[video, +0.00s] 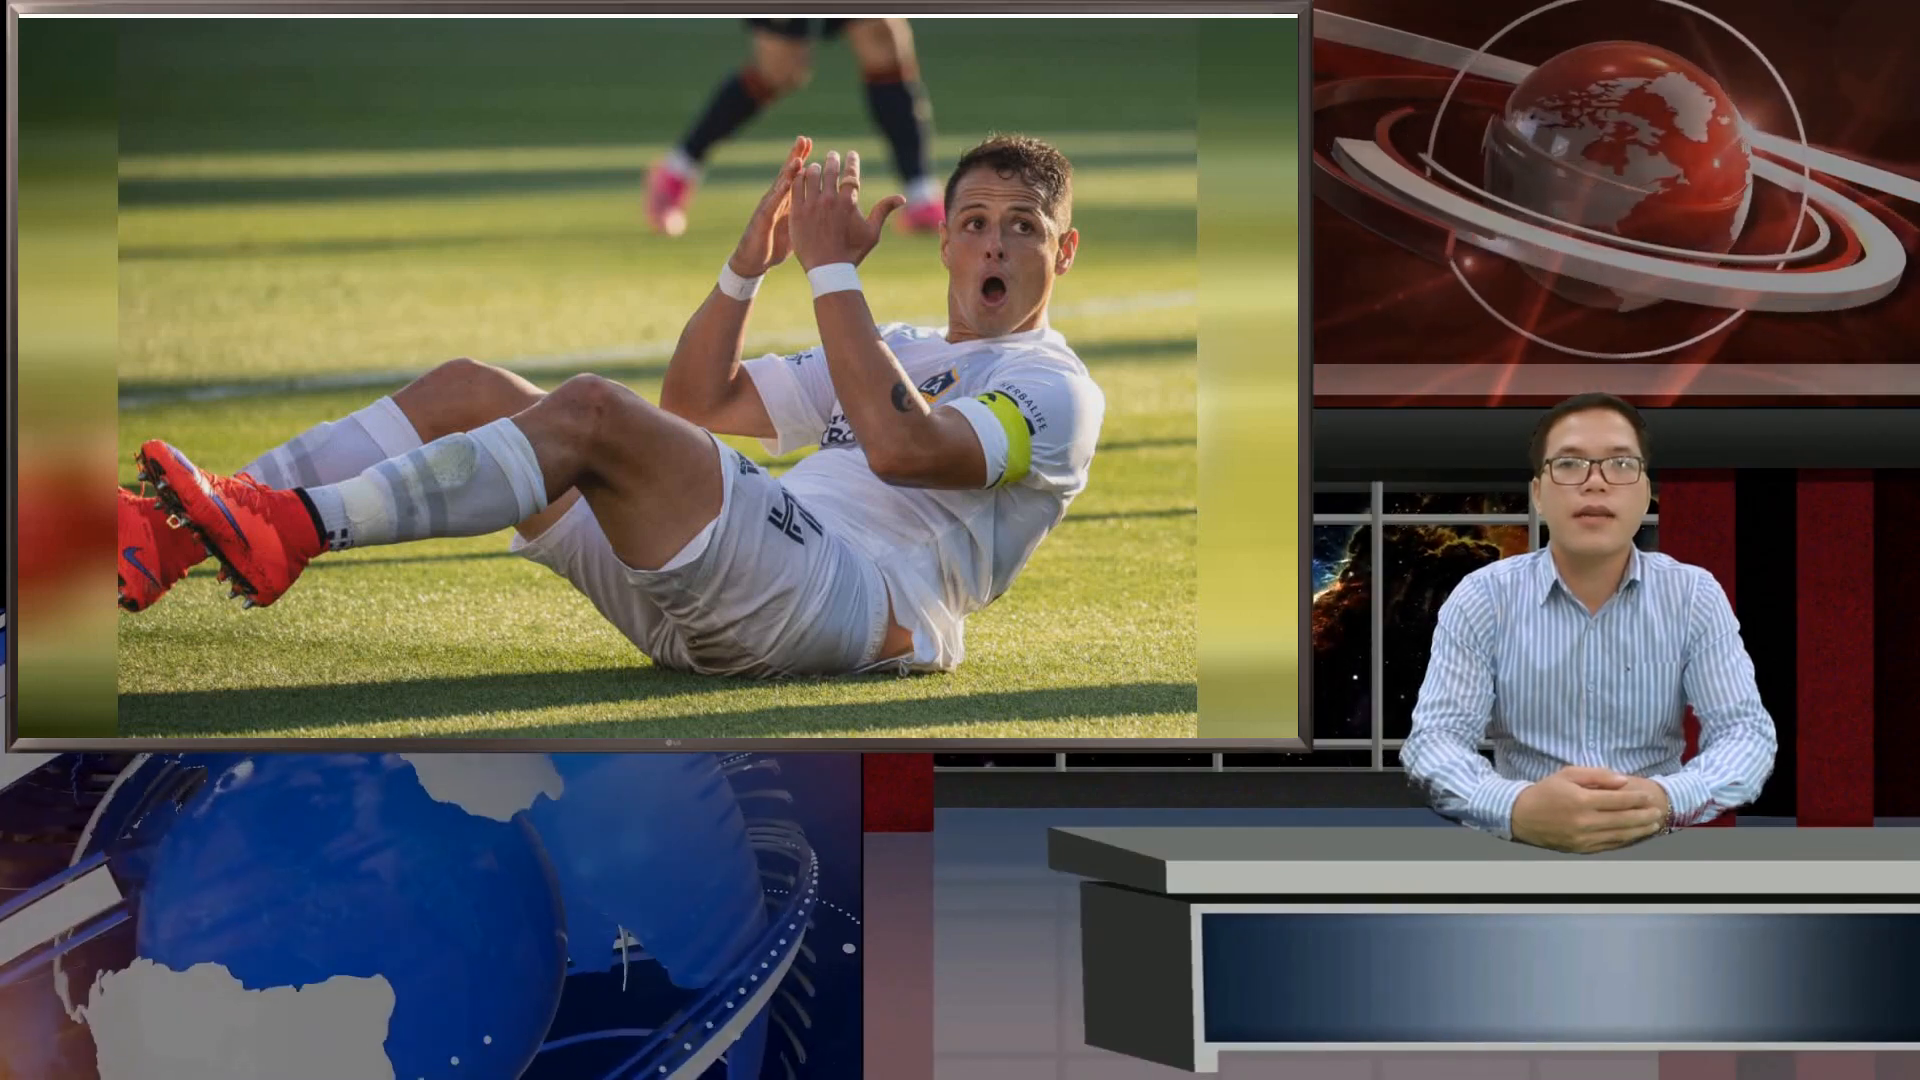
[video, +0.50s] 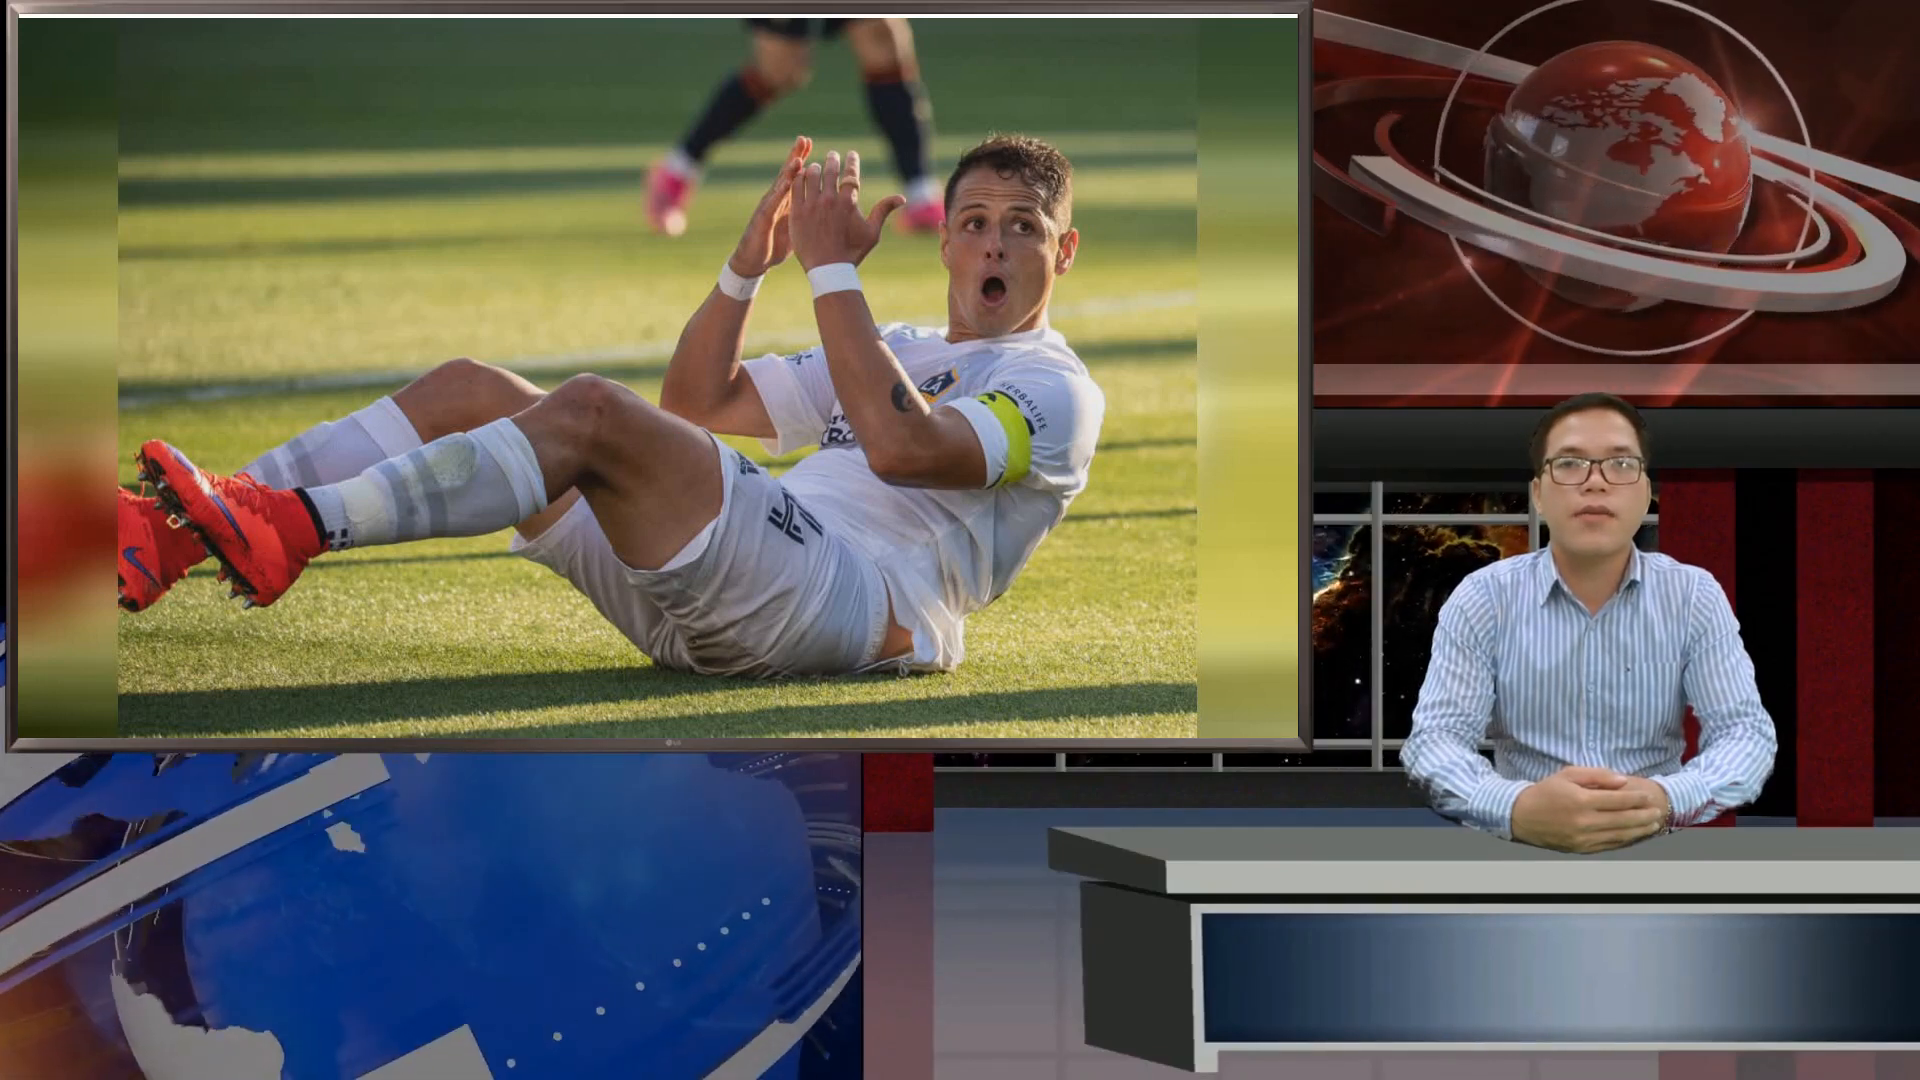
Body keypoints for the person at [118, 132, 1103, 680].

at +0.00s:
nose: (995, 246)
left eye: (1022, 230)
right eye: (976, 224)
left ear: (1065, 257)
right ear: (942, 241)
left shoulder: (1055, 389)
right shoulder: (892, 358)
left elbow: (902, 447)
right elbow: (695, 404)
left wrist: (833, 270)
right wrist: (747, 270)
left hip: (840, 603)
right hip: (732, 573)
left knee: (593, 413)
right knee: (468, 389)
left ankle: (299, 525)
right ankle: (180, 538)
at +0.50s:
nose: (995, 246)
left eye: (1022, 230)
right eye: (975, 224)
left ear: (1065, 257)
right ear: (942, 241)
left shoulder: (1055, 389)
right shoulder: (893, 358)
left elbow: (901, 447)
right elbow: (695, 405)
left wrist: (833, 270)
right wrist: (747, 270)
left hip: (840, 603)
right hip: (733, 573)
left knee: (592, 413)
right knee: (468, 389)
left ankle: (299, 525)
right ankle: (179, 538)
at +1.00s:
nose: (996, 245)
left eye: (1023, 229)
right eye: (976, 223)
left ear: (1066, 257)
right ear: (943, 241)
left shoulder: (1056, 389)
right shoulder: (892, 358)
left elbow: (901, 447)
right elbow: (695, 405)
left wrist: (833, 268)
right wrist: (746, 269)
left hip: (840, 604)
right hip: (732, 572)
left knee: (593, 413)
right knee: (468, 389)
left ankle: (300, 524)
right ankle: (175, 541)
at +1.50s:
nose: (996, 246)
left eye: (1023, 229)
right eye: (977, 223)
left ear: (1066, 257)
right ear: (943, 241)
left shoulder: (1056, 389)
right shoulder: (892, 358)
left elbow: (901, 447)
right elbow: (695, 405)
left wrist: (833, 268)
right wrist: (747, 269)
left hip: (840, 604)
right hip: (732, 572)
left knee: (593, 413)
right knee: (467, 389)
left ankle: (300, 524)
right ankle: (175, 541)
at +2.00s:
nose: (996, 246)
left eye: (1023, 230)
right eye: (976, 223)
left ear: (1066, 257)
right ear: (943, 241)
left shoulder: (1056, 389)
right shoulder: (892, 358)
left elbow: (901, 447)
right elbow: (695, 405)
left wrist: (833, 268)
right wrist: (747, 269)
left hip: (840, 604)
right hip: (732, 572)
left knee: (593, 413)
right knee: (468, 389)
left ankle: (300, 524)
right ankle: (175, 541)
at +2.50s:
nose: (996, 246)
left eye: (1023, 230)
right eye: (977, 223)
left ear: (1065, 257)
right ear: (943, 241)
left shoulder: (1056, 389)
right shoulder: (892, 358)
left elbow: (901, 446)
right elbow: (695, 406)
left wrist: (833, 268)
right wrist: (746, 270)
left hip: (839, 603)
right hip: (731, 572)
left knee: (593, 413)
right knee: (467, 389)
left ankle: (299, 524)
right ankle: (180, 538)